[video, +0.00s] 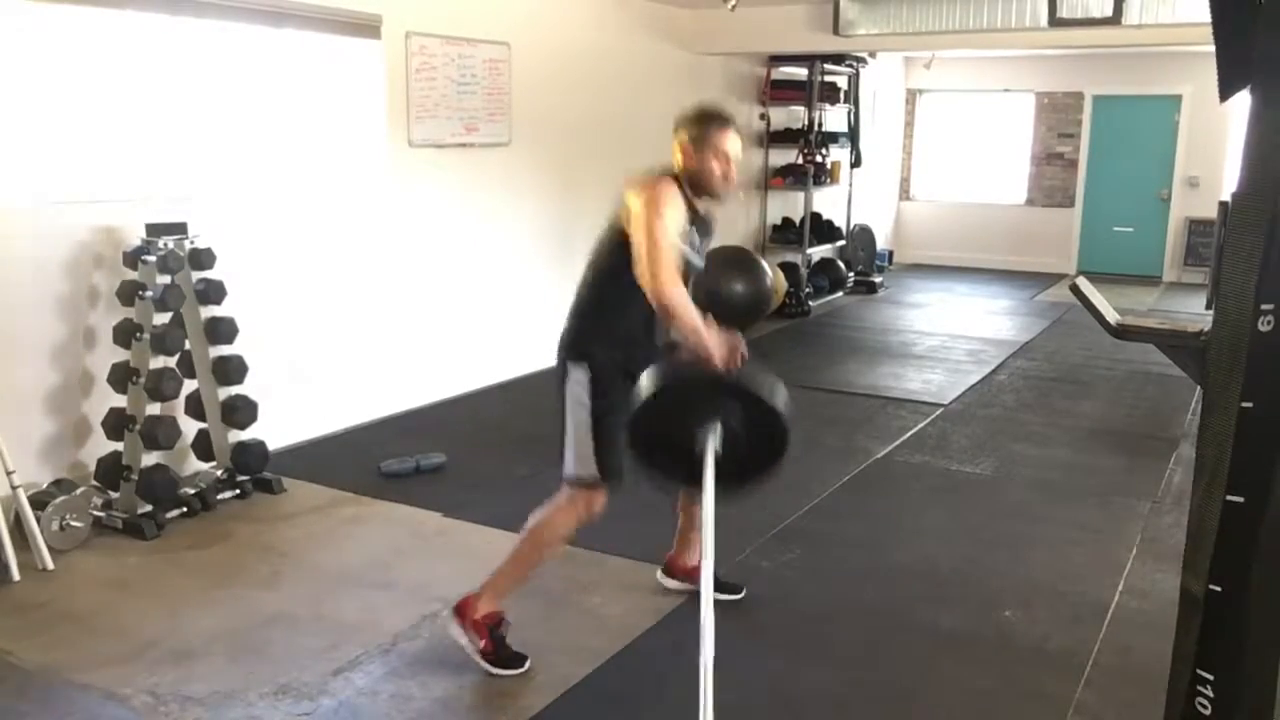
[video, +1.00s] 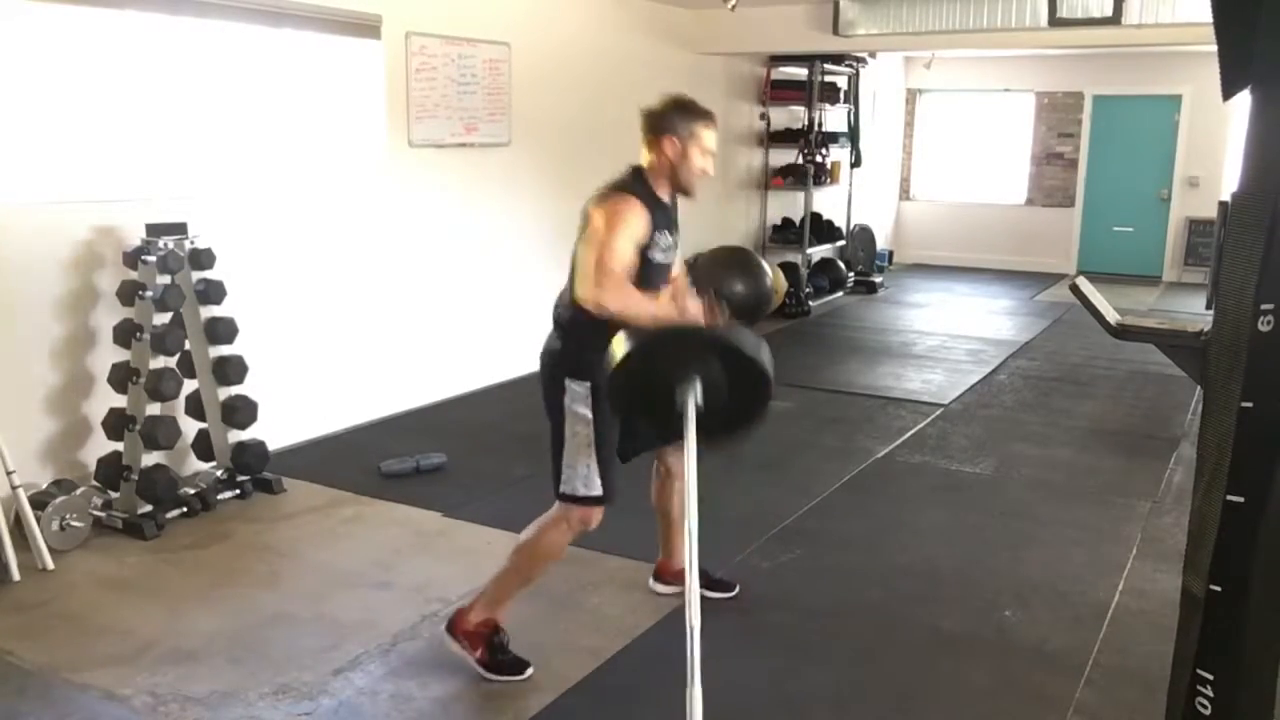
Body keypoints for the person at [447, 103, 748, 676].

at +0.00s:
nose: (731, 170)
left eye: (734, 158)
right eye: (721, 156)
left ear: (726, 158)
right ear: (687, 152)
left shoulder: (696, 214)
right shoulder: (657, 194)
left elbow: (685, 288)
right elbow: (659, 281)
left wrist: (710, 336)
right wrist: (706, 337)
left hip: (645, 356)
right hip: (596, 356)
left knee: (701, 438)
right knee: (586, 494)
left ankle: (686, 558)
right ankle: (480, 610)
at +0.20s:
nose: (680, 133)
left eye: (691, 124)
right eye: (672, 120)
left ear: (702, 125)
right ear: (649, 111)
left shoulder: (709, 180)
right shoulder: (603, 156)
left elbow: (731, 257)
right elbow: (545, 228)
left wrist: (708, 220)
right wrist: (576, 195)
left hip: (672, 338)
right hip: (600, 333)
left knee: (699, 456)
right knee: (566, 465)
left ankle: (732, 535)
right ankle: (527, 603)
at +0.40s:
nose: (653, 143)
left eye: (663, 133)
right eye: (646, 133)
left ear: (681, 147)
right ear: (630, 139)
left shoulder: (690, 198)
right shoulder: (604, 200)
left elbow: (709, 145)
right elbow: (581, 269)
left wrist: (706, 77)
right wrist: (558, 315)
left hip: (670, 370)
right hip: (603, 364)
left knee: (698, 480)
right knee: (560, 483)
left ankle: (736, 540)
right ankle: (537, 614)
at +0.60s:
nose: (626, 136)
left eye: (639, 126)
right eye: (619, 124)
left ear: (663, 133)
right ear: (607, 130)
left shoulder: (675, 187)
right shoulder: (577, 194)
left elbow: (701, 145)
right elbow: (538, 290)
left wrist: (697, 85)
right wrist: (569, 265)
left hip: (662, 362)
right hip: (589, 364)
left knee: (698, 469)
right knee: (560, 493)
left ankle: (732, 539)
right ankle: (543, 617)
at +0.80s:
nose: (669, 133)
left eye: (674, 123)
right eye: (658, 121)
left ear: (677, 123)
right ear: (621, 116)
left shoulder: (678, 167)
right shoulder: (574, 173)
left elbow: (698, 244)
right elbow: (560, 259)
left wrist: (689, 194)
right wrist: (634, 203)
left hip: (654, 336)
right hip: (584, 343)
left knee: (687, 451)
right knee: (576, 495)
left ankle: (691, 550)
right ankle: (524, 614)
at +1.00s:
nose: (711, 165)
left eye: (712, 152)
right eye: (704, 151)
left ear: (673, 150)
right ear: (668, 147)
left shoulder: (662, 206)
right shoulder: (623, 209)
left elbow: (659, 284)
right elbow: (599, 294)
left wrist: (701, 308)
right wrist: (679, 314)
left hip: (626, 353)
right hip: (581, 362)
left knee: (677, 445)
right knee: (581, 509)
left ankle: (675, 565)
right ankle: (475, 620)